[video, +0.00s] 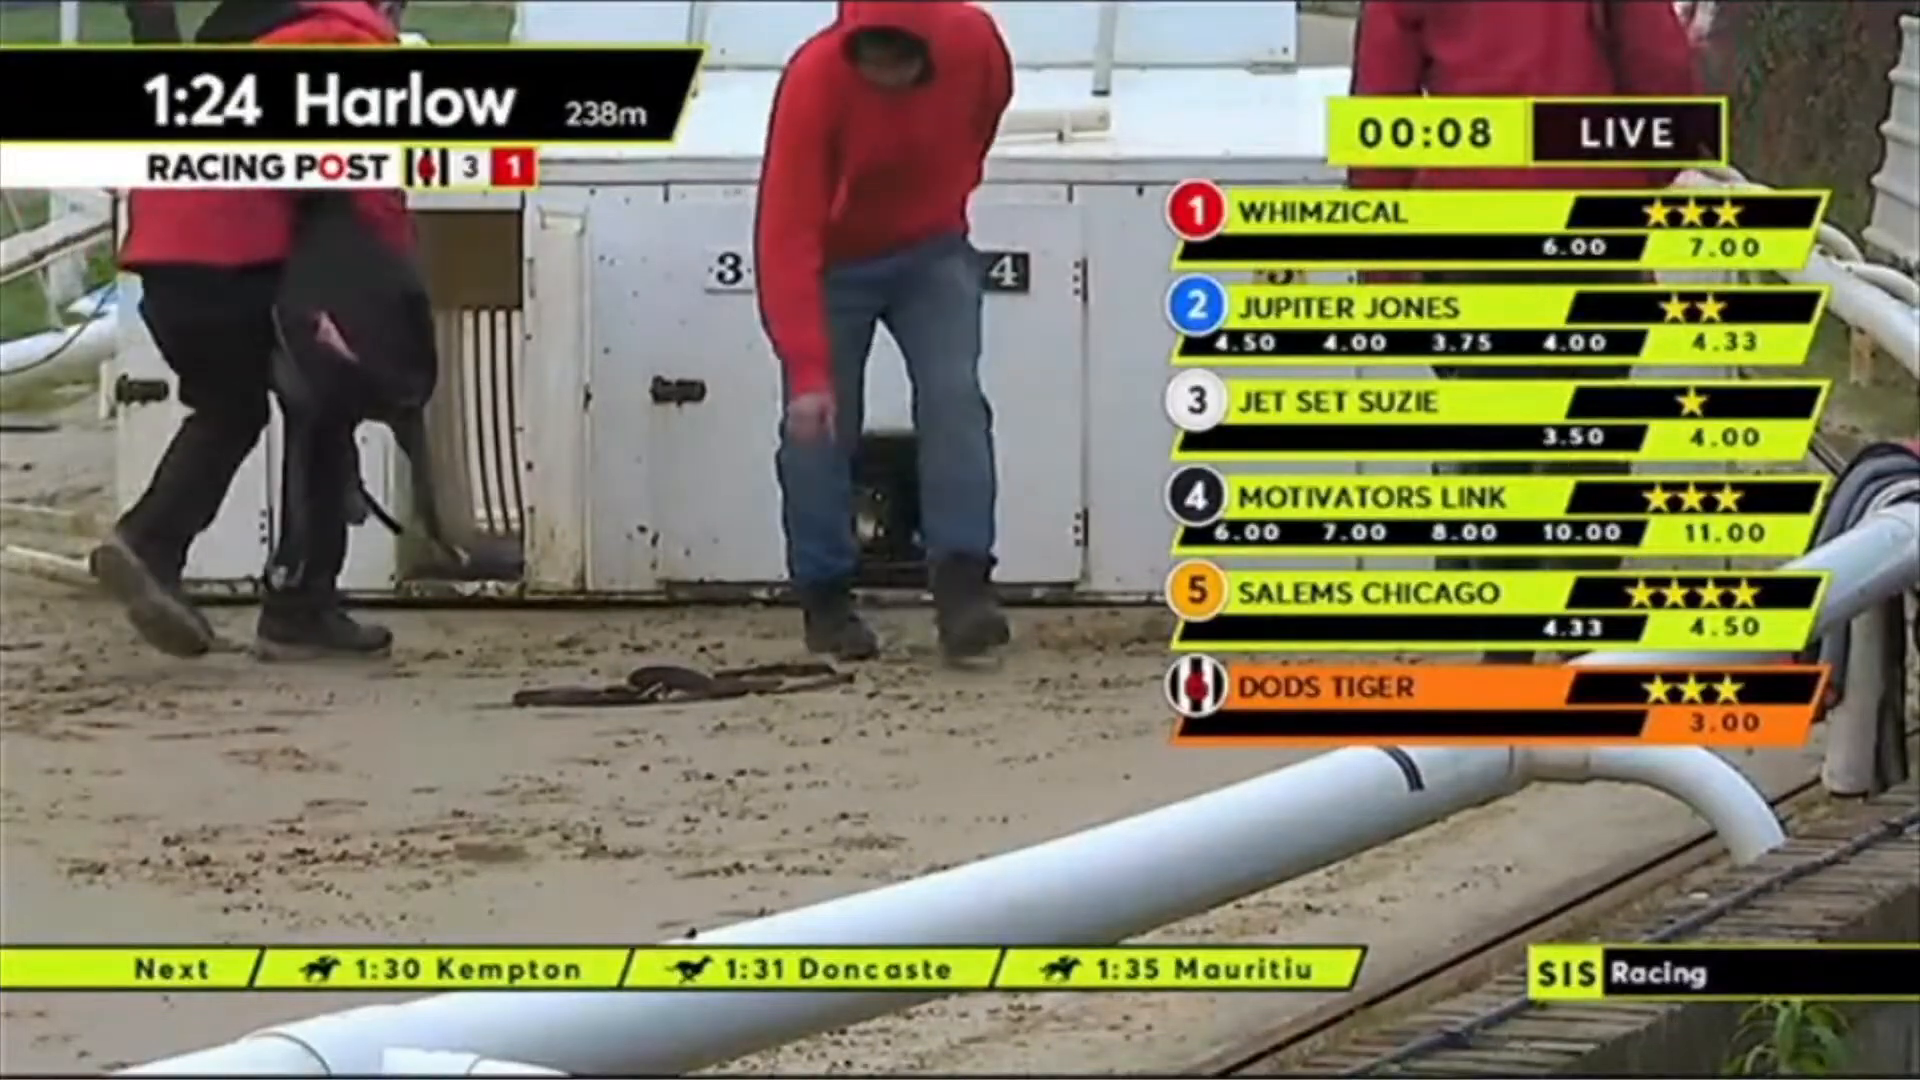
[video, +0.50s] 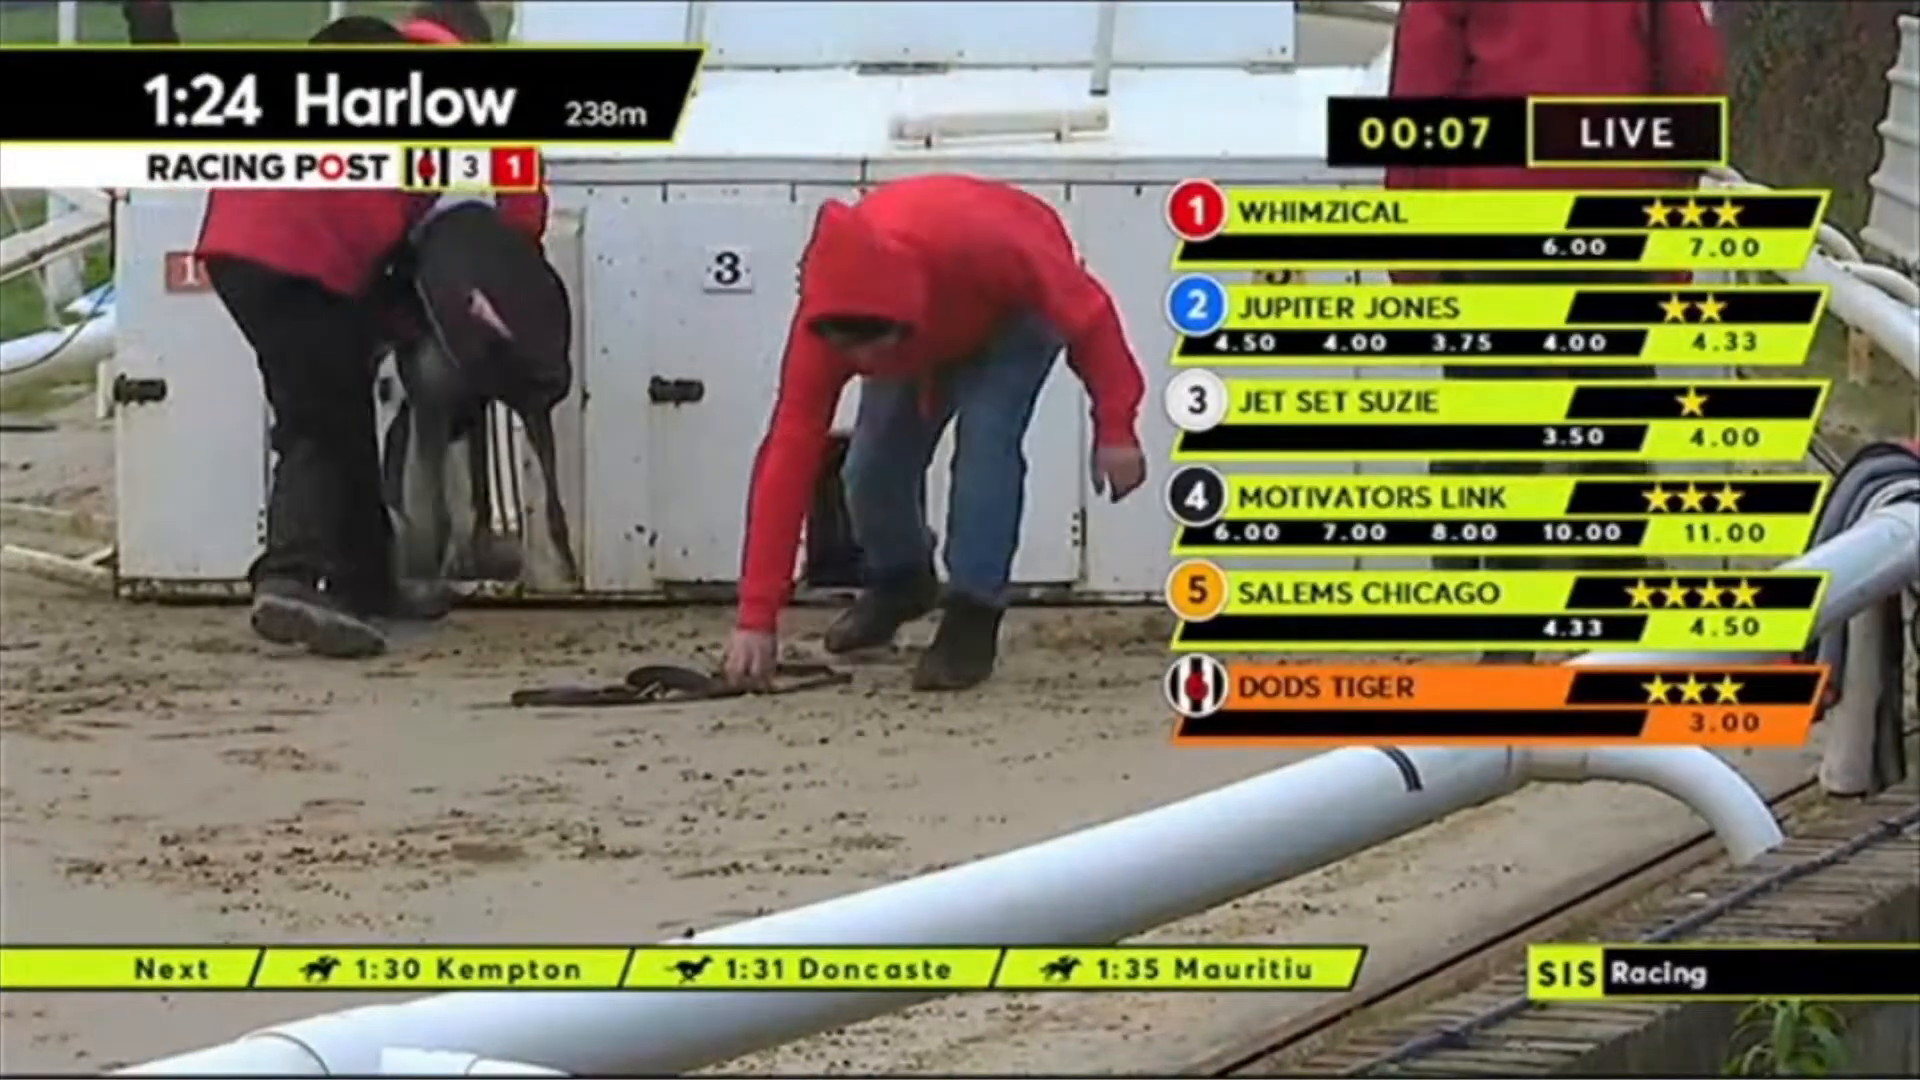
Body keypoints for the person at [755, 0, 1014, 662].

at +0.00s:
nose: (886, 66)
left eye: (901, 52)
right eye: (871, 50)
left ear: (928, 38)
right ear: (851, 36)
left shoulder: (974, 41)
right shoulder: (815, 77)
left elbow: (980, 131)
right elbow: (787, 234)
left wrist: (938, 211)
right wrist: (806, 372)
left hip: (932, 259)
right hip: (830, 271)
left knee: (952, 395)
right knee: (817, 419)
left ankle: (963, 587)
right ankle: (826, 602)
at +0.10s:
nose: (864, 153)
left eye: (879, 139)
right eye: (850, 138)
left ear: (910, 118)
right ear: (833, 122)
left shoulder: (978, 100)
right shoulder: (803, 152)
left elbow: (1010, 172)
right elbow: (793, 298)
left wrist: (983, 236)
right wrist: (803, 441)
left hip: (951, 286)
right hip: (843, 299)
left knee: (952, 425)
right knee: (823, 449)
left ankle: (959, 600)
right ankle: (846, 609)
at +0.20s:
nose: (850, 228)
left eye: (864, 213)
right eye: (836, 213)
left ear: (897, 189)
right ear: (819, 192)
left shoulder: (977, 159)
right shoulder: (799, 212)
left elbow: (1042, 201)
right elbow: (791, 354)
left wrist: (1034, 278)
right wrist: (792, 502)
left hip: (976, 293)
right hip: (872, 306)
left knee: (955, 429)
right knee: (833, 451)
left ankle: (954, 619)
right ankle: (864, 611)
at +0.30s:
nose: (852, 331)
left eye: (867, 315)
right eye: (839, 315)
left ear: (900, 280)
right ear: (818, 290)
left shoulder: (986, 215)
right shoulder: (804, 297)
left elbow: (1076, 273)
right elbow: (788, 438)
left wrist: (1106, 356)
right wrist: (777, 588)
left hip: (1004, 308)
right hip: (897, 335)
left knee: (980, 422)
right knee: (844, 485)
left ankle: (960, 621)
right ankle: (878, 607)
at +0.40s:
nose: (860, 366)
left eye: (874, 349)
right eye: (845, 350)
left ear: (905, 310)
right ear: (826, 313)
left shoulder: (991, 241)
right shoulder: (823, 306)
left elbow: (1092, 303)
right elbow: (791, 449)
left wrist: (1121, 407)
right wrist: (759, 613)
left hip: (1013, 312)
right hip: (917, 328)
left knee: (987, 434)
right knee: (871, 472)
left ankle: (963, 623)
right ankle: (893, 604)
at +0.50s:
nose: (862, 364)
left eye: (876, 344)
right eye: (845, 346)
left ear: (907, 315)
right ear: (824, 318)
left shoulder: (996, 249)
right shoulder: (827, 312)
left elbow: (1093, 318)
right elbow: (791, 451)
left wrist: (1116, 430)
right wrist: (757, 617)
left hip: (1015, 313)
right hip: (918, 330)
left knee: (986, 440)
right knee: (872, 470)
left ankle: (972, 615)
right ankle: (901, 580)